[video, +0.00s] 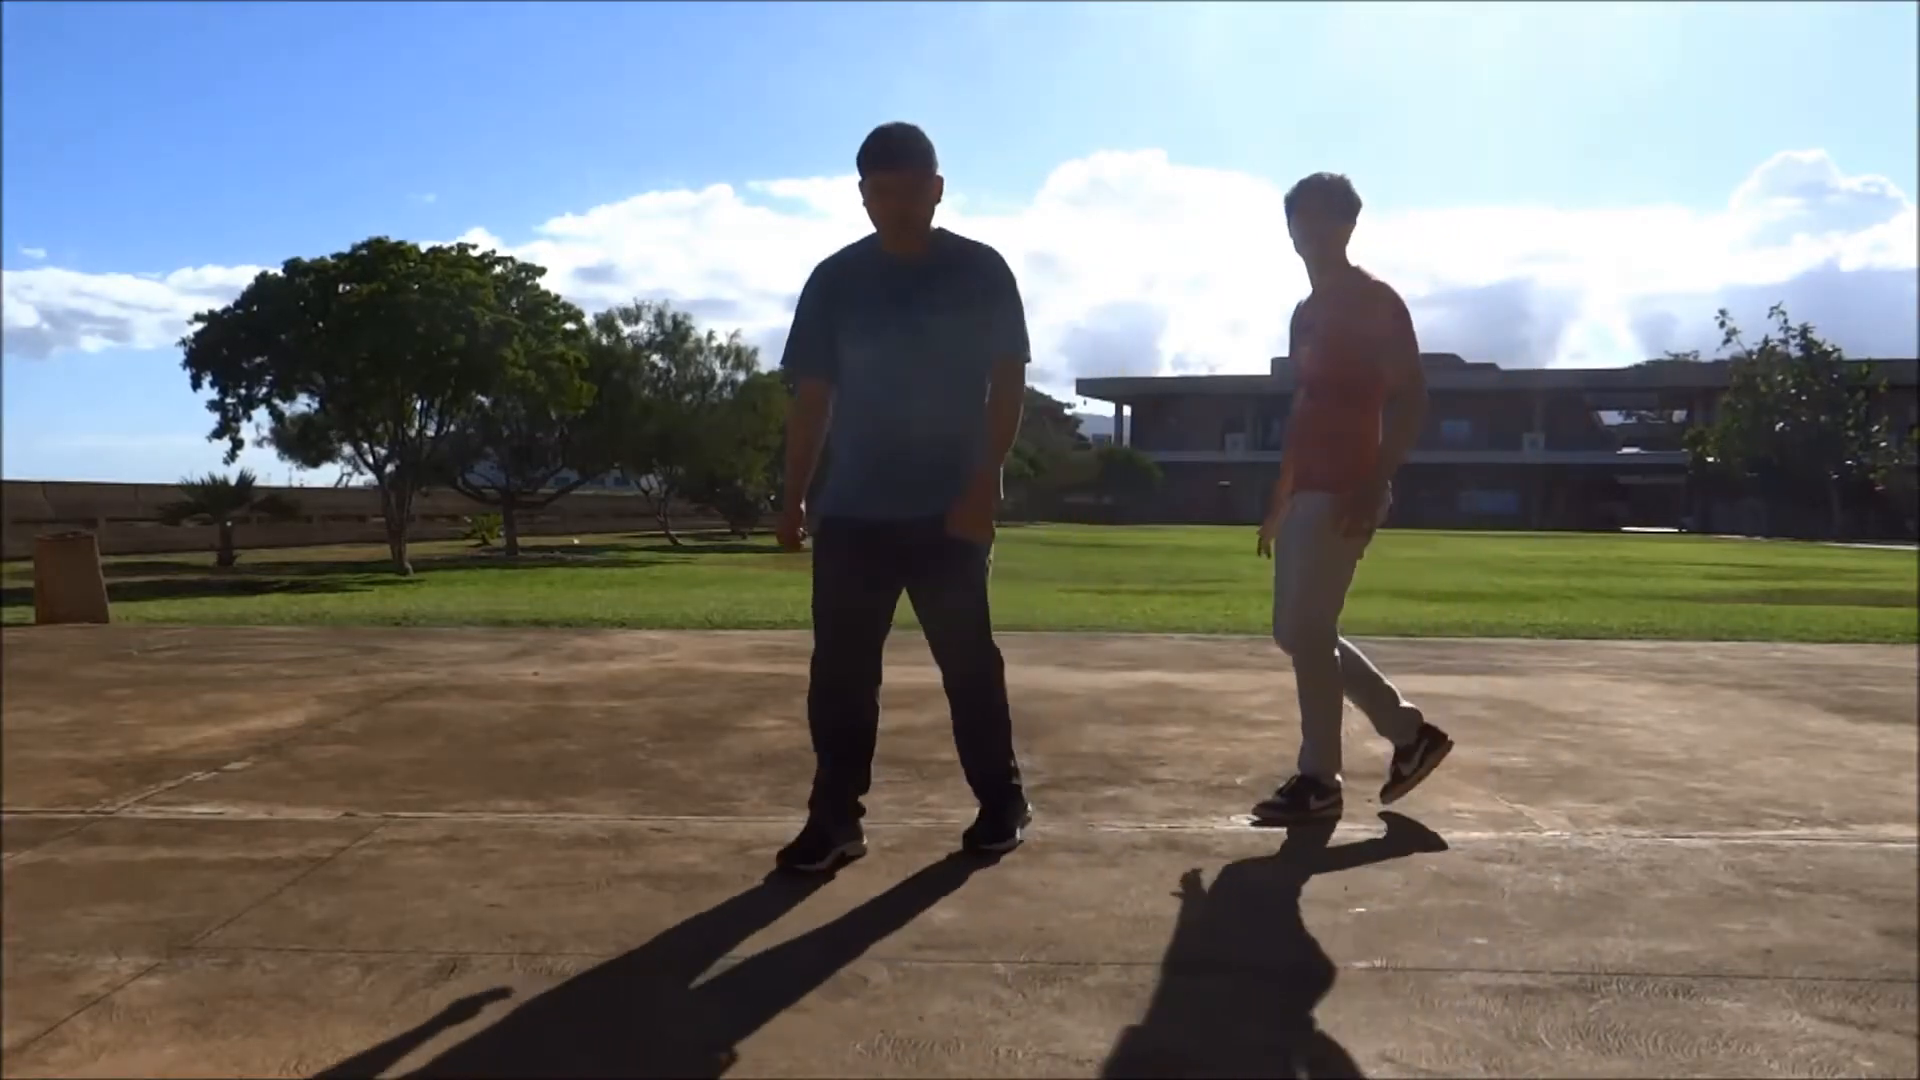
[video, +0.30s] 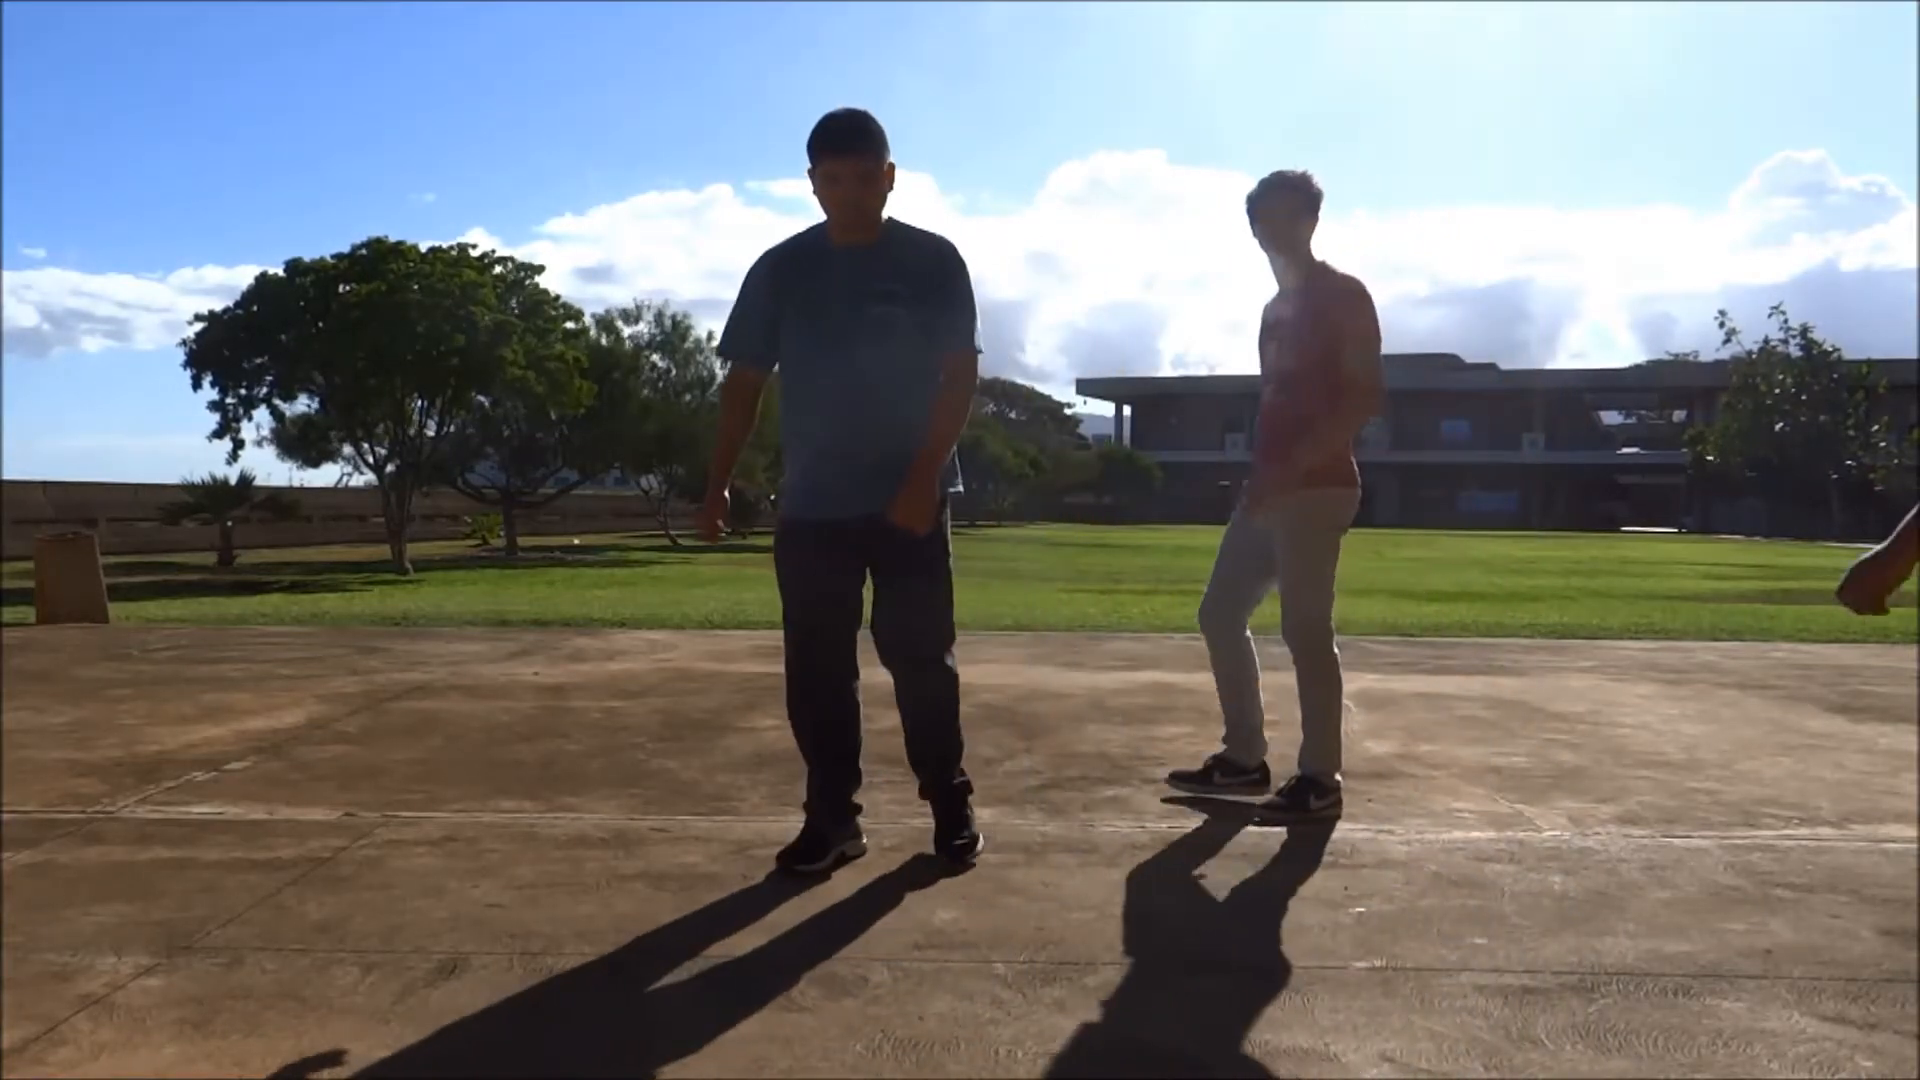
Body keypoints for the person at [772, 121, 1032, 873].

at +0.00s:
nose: (892, 202)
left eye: (906, 186)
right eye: (878, 188)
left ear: (936, 185)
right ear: (861, 192)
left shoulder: (981, 271)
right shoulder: (833, 279)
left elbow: (1009, 380)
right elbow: (811, 395)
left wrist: (985, 481)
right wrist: (794, 492)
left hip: (948, 510)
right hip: (852, 513)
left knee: (969, 666)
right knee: (839, 674)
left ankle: (1000, 802)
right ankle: (834, 819)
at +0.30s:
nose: (838, 188)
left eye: (853, 172)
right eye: (825, 175)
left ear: (886, 173)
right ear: (810, 180)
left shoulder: (934, 262)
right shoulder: (779, 270)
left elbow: (959, 375)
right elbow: (742, 382)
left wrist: (924, 477)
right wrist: (719, 479)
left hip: (912, 498)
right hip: (814, 504)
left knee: (920, 659)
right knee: (816, 667)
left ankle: (950, 804)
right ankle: (831, 818)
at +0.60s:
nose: (813, 186)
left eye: (827, 170)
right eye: (800, 173)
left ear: (863, 169)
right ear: (786, 180)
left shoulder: (918, 257)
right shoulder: (760, 269)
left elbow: (953, 374)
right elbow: (730, 385)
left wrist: (940, 479)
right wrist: (720, 488)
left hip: (896, 502)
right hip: (800, 510)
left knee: (897, 673)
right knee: (811, 676)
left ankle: (898, 838)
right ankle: (831, 820)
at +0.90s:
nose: (786, 186)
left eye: (795, 168)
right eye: (779, 172)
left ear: (848, 154)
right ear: (787, 172)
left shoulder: (926, 247)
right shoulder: (778, 264)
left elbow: (967, 374)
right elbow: (749, 390)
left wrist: (961, 493)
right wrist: (739, 494)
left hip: (890, 504)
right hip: (799, 510)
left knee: (881, 680)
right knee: (805, 674)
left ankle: (890, 864)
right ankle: (830, 821)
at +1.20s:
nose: (766, 187)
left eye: (768, 168)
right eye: (760, 173)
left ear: (813, 145)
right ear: (802, 154)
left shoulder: (904, 225)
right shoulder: (806, 254)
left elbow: (917, 357)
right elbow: (789, 382)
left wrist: (892, 472)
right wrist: (763, 480)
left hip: (884, 499)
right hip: (806, 501)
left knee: (880, 670)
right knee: (778, 659)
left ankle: (887, 866)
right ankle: (792, 826)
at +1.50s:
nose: (741, 202)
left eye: (736, 180)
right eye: (732, 186)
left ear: (768, 151)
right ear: (783, 149)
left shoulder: (835, 213)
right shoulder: (849, 228)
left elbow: (807, 346)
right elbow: (853, 371)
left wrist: (734, 458)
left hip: (848, 502)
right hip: (813, 504)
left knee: (864, 682)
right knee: (770, 665)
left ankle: (885, 871)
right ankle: (729, 832)